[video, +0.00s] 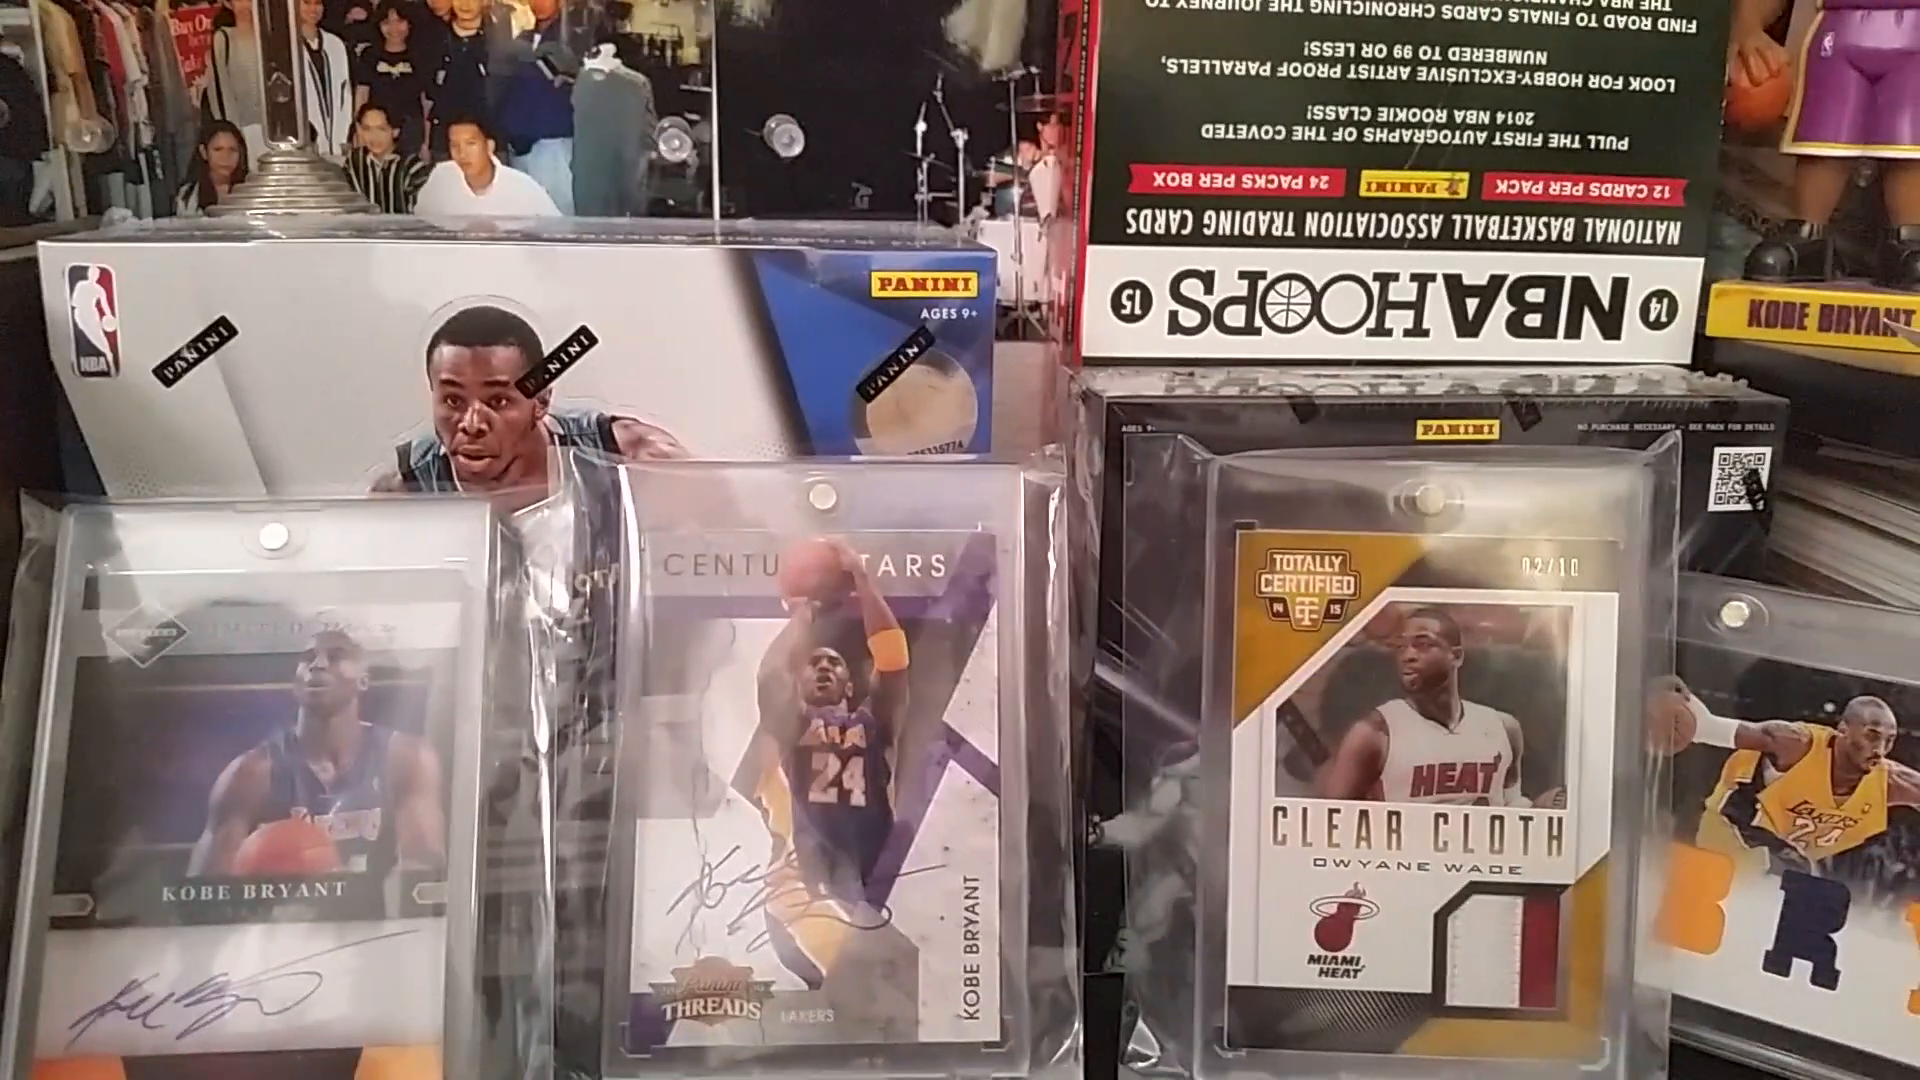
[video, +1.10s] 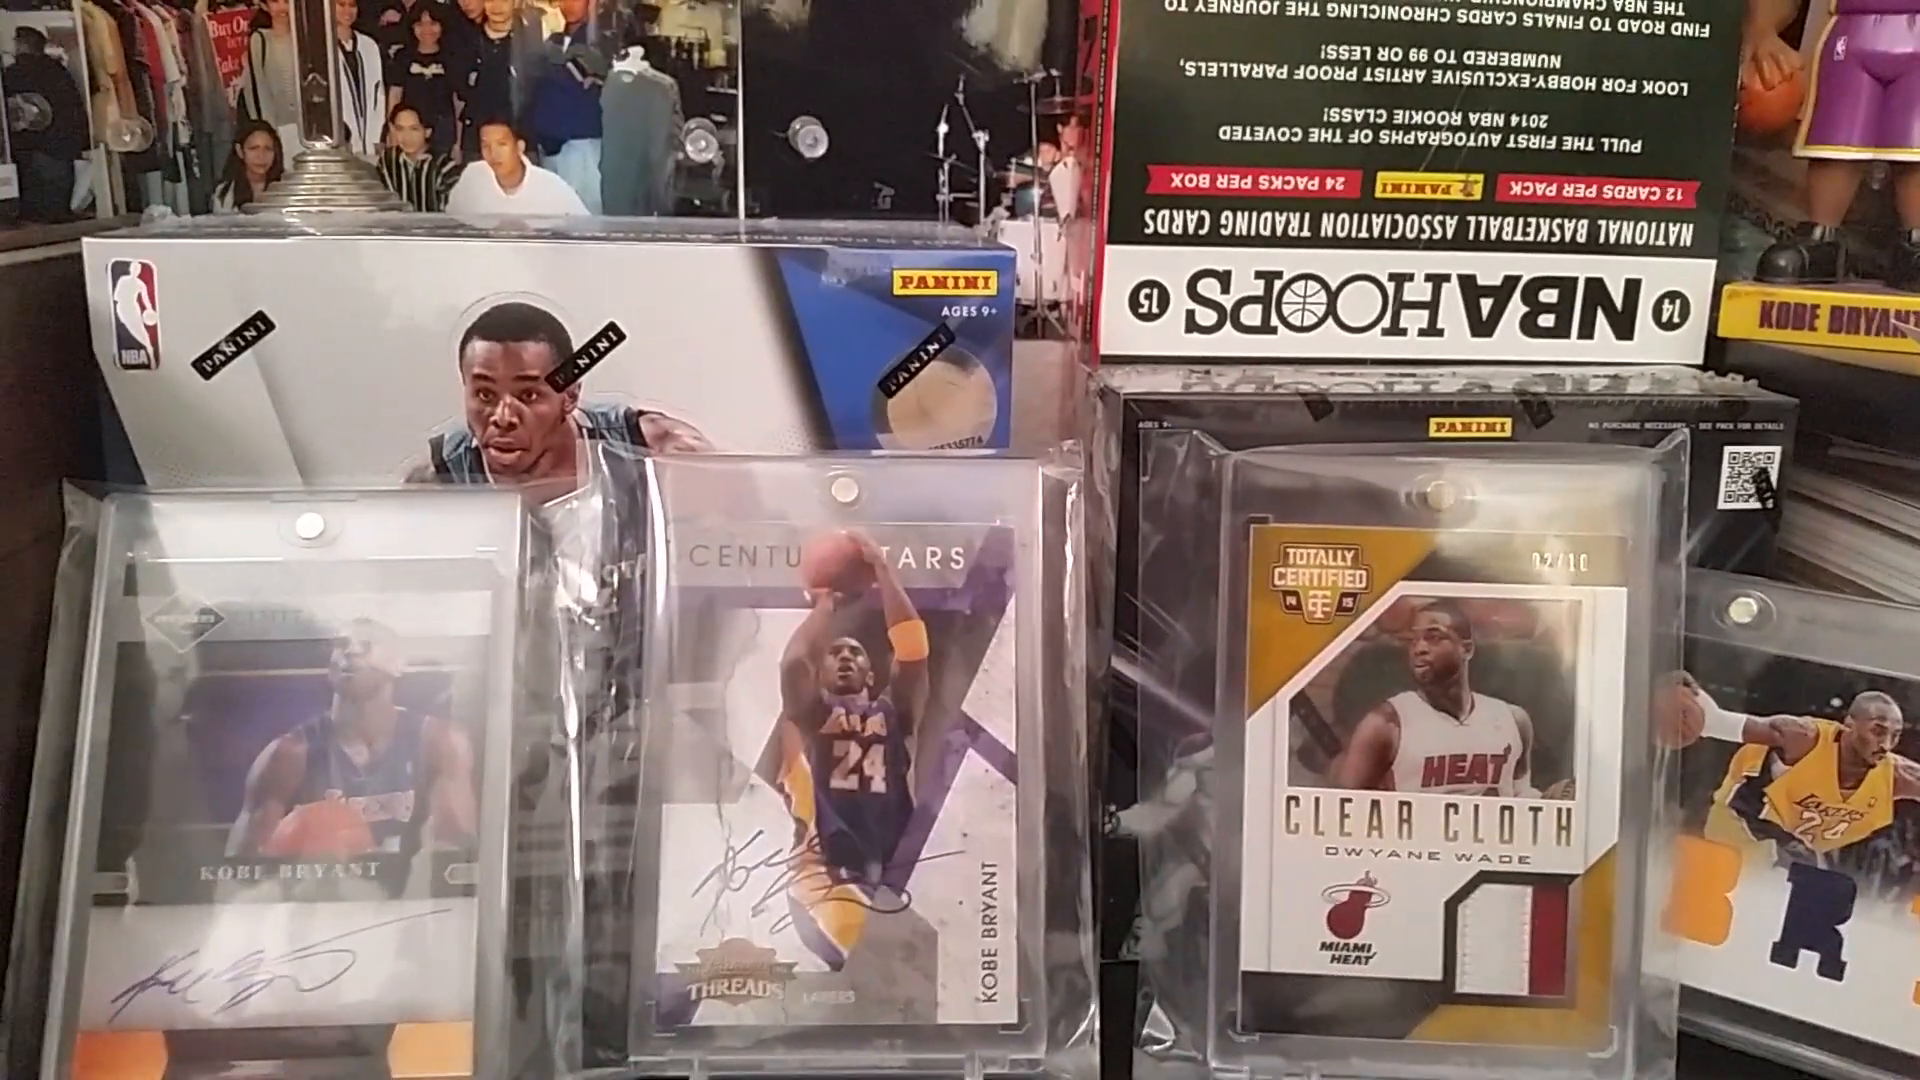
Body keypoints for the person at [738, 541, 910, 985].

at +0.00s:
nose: (823, 668)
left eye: (834, 662)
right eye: (812, 663)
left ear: (850, 679)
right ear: (796, 679)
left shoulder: (875, 723)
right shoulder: (788, 727)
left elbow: (890, 656)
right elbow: (772, 673)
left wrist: (862, 578)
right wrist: (803, 611)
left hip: (862, 893)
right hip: (798, 891)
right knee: (869, 967)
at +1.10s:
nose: (845, 658)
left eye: (855, 652)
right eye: (834, 653)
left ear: (871, 670)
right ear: (817, 672)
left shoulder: (896, 712)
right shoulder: (809, 715)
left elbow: (911, 647)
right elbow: (794, 662)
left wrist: (883, 568)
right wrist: (825, 604)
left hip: (886, 868)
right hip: (823, 868)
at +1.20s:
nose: (856, 658)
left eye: (867, 651)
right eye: (846, 651)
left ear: (882, 665)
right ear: (828, 662)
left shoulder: (901, 703)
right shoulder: (822, 708)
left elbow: (922, 643)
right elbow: (810, 657)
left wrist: (894, 576)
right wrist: (834, 604)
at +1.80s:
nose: (905, 649)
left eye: (915, 643)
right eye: (893, 644)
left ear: (931, 659)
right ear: (877, 661)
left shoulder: (954, 702)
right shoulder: (874, 703)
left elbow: (970, 637)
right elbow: (854, 653)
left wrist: (942, 563)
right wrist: (885, 596)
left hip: (951, 852)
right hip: (890, 857)